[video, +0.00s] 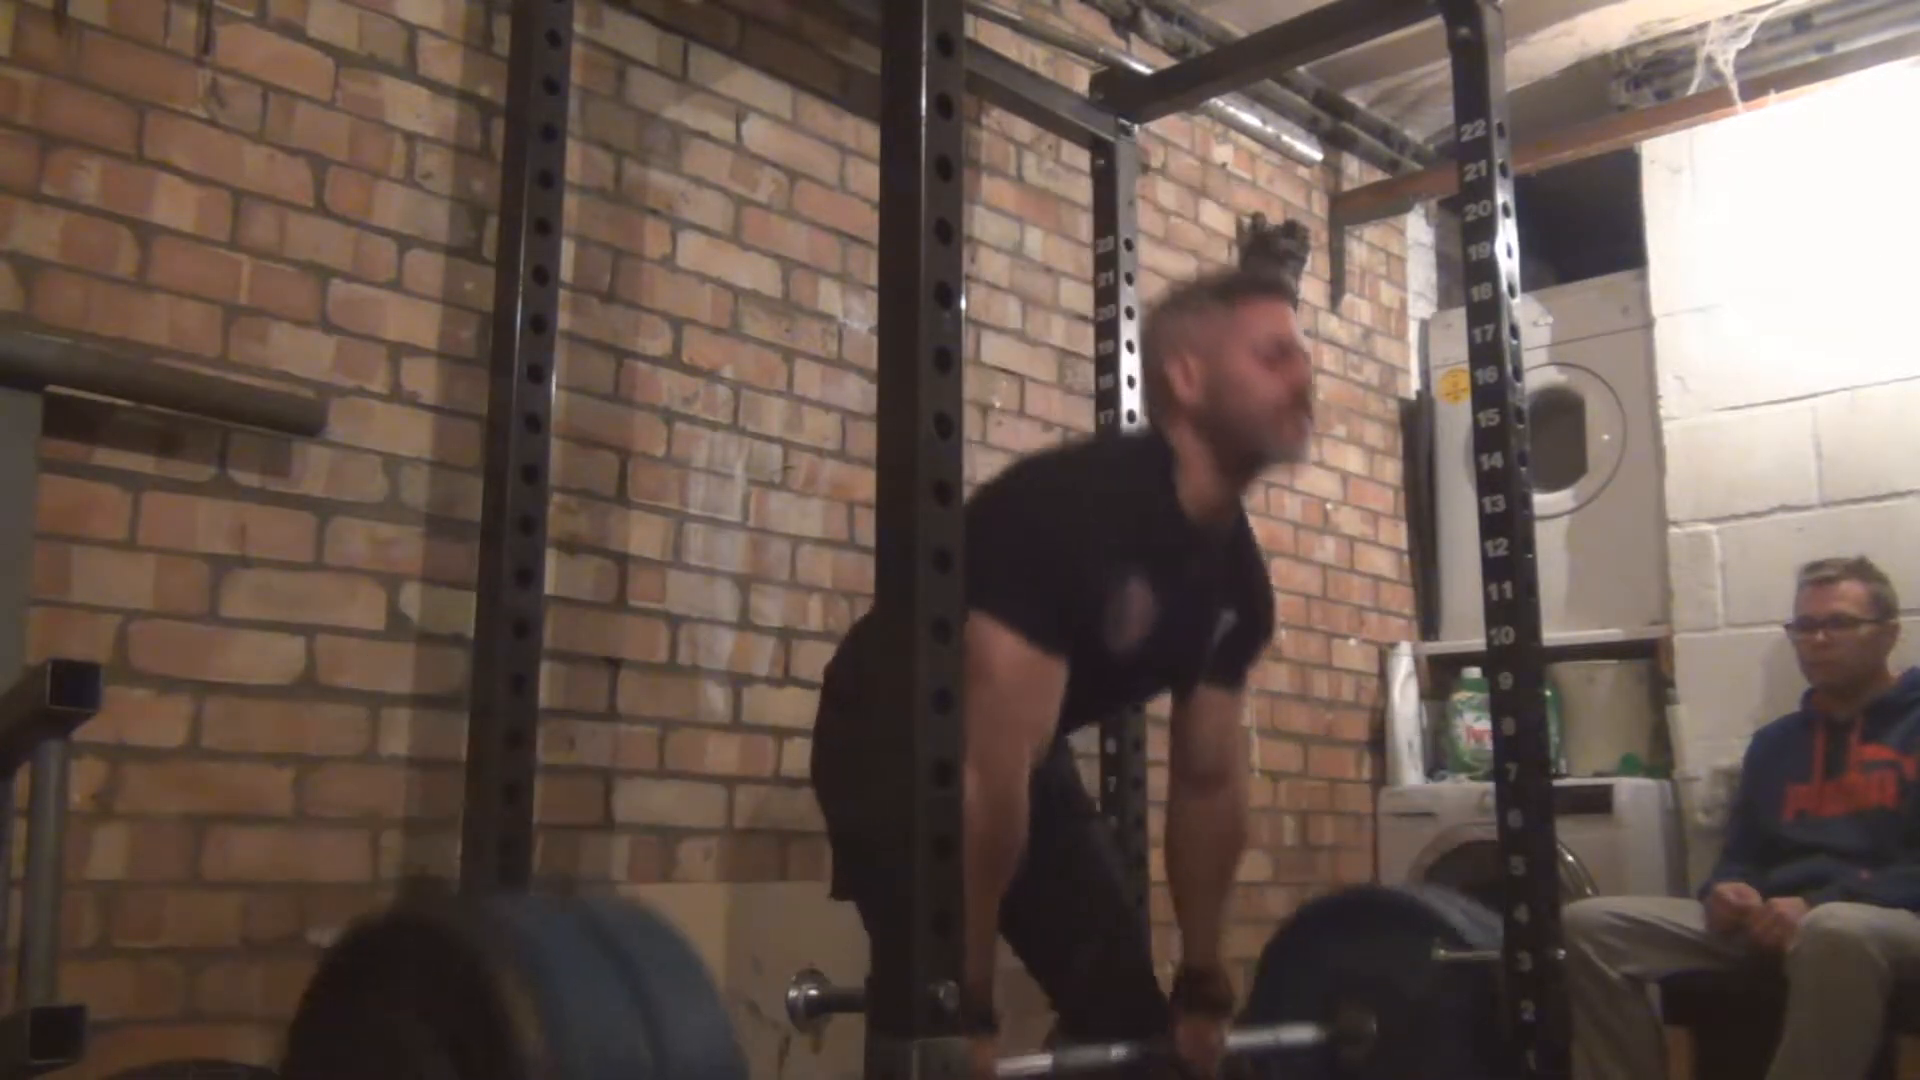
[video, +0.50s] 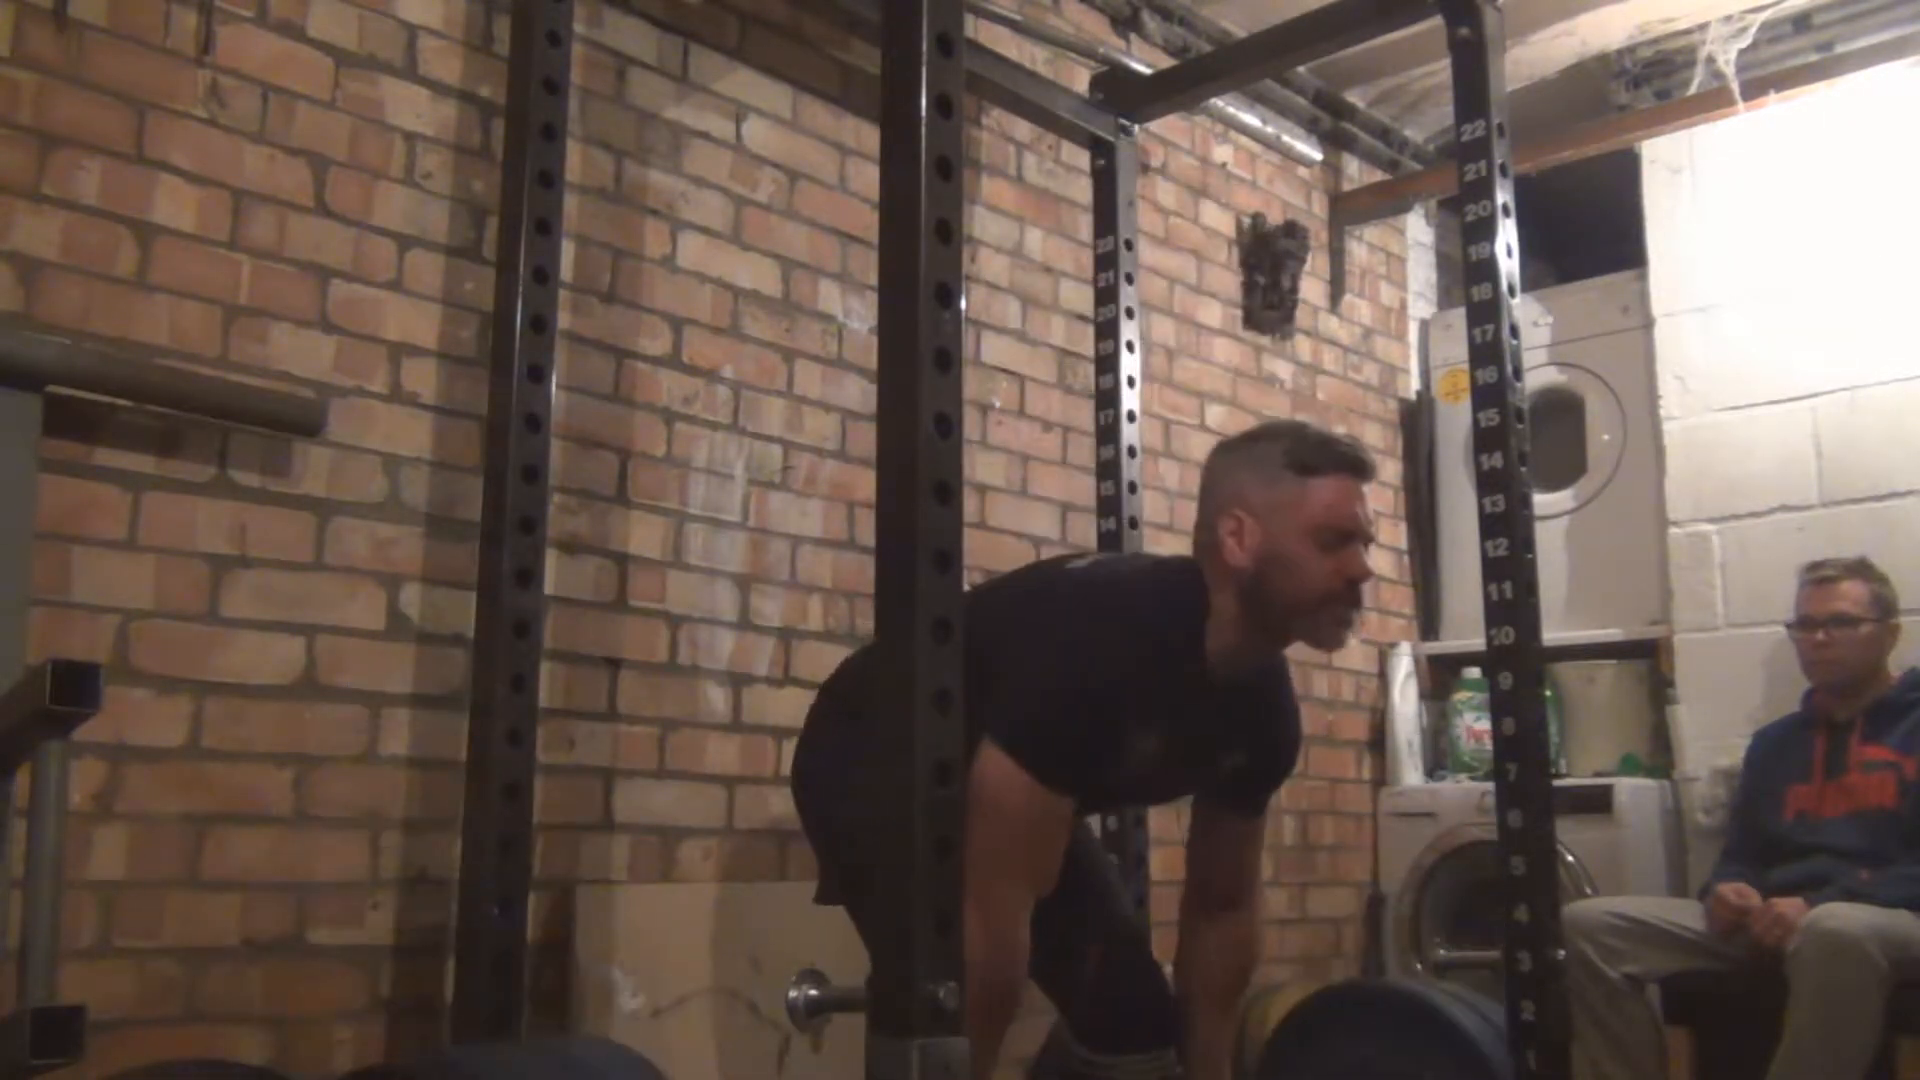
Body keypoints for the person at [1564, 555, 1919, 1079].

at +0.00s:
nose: (1817, 640)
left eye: (1838, 624)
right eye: (1805, 626)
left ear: (1888, 635)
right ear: (1791, 635)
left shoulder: (1914, 719)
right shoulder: (1775, 742)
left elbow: (1915, 870)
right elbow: (1739, 855)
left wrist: (1818, 905)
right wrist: (1725, 892)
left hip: (1893, 919)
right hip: (1767, 917)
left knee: (1834, 936)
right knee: (1587, 929)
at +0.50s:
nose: (1818, 639)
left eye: (1840, 624)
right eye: (1805, 625)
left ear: (1889, 635)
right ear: (1792, 634)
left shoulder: (1913, 722)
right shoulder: (1775, 743)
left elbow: (1914, 870)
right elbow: (1740, 853)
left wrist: (1817, 905)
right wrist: (1726, 890)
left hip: (1892, 917)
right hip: (1766, 917)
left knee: (1834, 936)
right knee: (1587, 929)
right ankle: (1629, 1073)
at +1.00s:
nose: (1822, 635)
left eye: (1844, 619)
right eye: (1810, 621)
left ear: (1893, 635)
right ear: (1796, 633)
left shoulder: (1913, 721)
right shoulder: (1775, 742)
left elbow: (1913, 872)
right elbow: (1739, 852)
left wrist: (1816, 905)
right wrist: (1724, 892)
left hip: (1892, 919)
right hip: (1766, 917)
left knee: (1834, 936)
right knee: (1587, 929)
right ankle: (1628, 1073)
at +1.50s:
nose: (1824, 634)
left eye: (1846, 619)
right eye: (1810, 621)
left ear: (1894, 635)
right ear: (1796, 634)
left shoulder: (1914, 720)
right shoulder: (1774, 742)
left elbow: (1915, 870)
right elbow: (1740, 851)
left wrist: (1818, 904)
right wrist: (1725, 891)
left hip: (1893, 918)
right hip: (1767, 917)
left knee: (1833, 936)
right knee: (1588, 928)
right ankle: (1627, 1072)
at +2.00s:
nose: (1821, 634)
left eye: (1842, 619)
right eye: (1808, 620)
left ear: (1892, 634)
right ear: (1794, 633)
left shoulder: (1912, 722)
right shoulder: (1775, 742)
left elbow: (1913, 871)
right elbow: (1740, 852)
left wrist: (1817, 906)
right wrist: (1725, 890)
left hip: (1891, 919)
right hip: (1765, 918)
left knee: (1833, 936)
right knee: (1591, 928)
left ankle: (1799, 1073)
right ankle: (1633, 1073)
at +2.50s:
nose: (1819, 633)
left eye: (1841, 618)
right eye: (1807, 620)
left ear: (1891, 634)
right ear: (1794, 633)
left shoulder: (1914, 722)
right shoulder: (1775, 742)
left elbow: (1914, 870)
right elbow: (1741, 852)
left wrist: (1815, 905)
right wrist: (1727, 891)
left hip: (1892, 919)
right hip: (1766, 917)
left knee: (1833, 936)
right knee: (1587, 928)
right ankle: (1629, 1072)